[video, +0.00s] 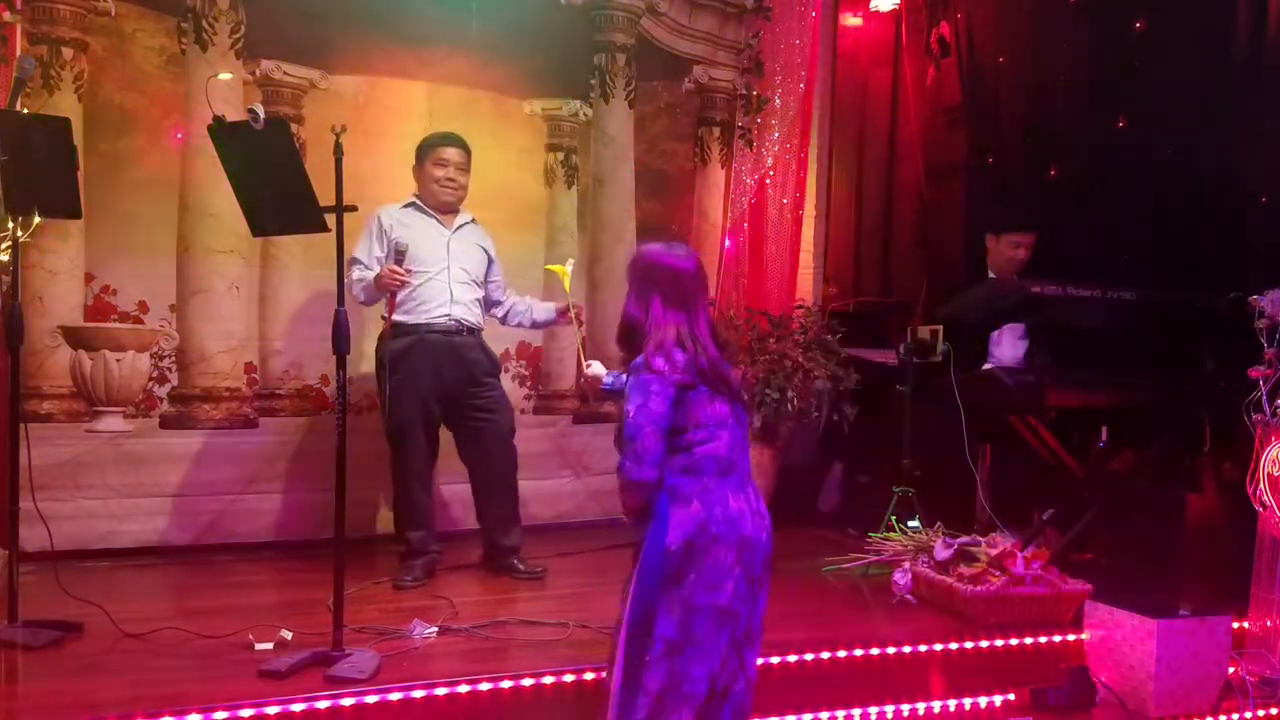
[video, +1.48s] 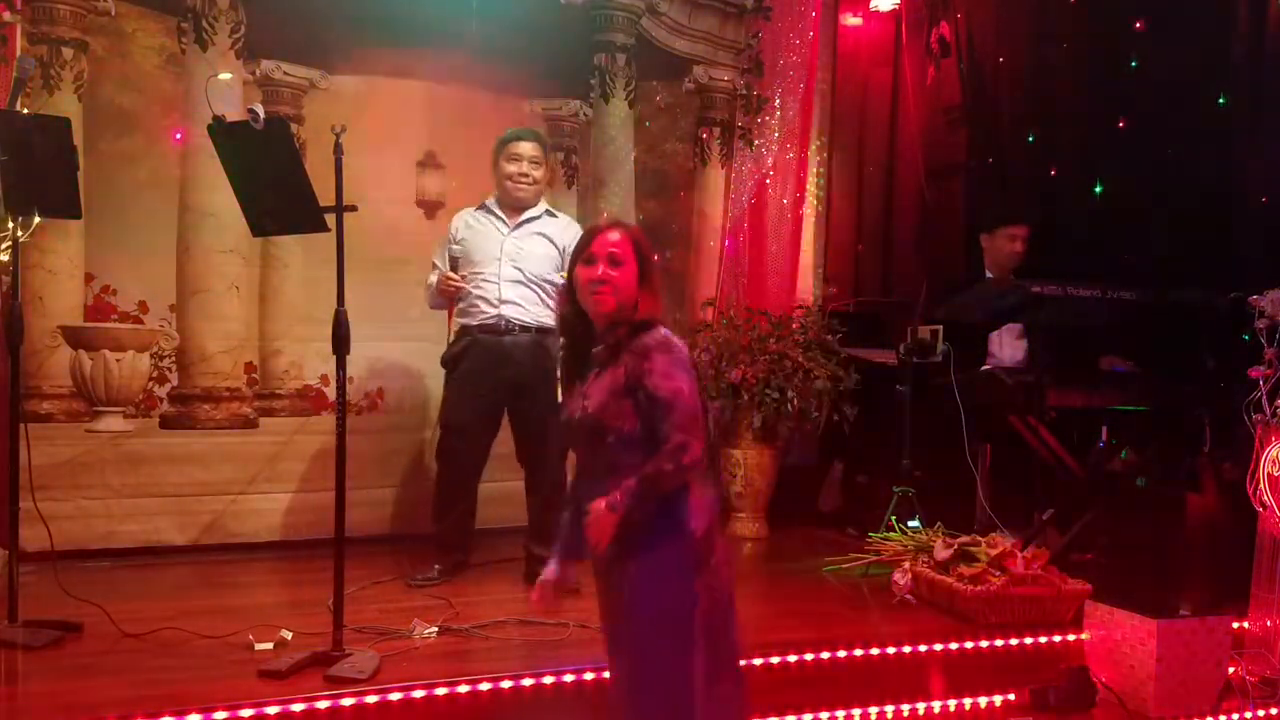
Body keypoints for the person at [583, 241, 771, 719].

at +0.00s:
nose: (628, 303)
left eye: (631, 291)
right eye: (630, 291)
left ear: (646, 299)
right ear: (697, 296)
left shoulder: (656, 365)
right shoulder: (713, 359)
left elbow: (641, 468)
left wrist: (635, 512)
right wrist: (621, 384)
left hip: (693, 523)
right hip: (746, 518)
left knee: (670, 656)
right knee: (723, 654)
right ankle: (719, 717)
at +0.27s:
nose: (622, 302)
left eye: (626, 291)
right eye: (625, 291)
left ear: (641, 297)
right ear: (688, 294)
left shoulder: (654, 362)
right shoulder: (707, 356)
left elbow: (643, 460)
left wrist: (631, 505)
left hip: (688, 515)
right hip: (737, 508)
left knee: (661, 639)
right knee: (722, 642)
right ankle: (718, 716)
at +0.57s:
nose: (614, 301)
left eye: (618, 290)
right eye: (617, 290)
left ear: (633, 295)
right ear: (679, 292)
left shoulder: (648, 358)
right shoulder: (699, 349)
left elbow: (640, 453)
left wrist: (627, 501)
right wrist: (605, 380)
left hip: (684, 510)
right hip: (731, 503)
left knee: (674, 636)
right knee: (720, 638)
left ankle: (678, 712)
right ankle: (720, 711)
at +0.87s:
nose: (598, 293)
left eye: (605, 282)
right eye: (599, 281)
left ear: (632, 287)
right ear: (655, 285)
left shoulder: (642, 343)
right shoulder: (685, 335)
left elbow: (637, 435)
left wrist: (619, 487)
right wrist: (607, 385)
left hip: (674, 488)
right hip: (713, 483)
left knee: (673, 618)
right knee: (714, 611)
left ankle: (700, 709)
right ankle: (731, 706)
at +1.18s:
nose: (591, 287)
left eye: (603, 275)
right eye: (584, 279)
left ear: (640, 281)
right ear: (578, 292)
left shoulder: (643, 341)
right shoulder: (641, 338)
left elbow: (645, 439)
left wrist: (614, 484)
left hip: (676, 496)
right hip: (683, 488)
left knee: (671, 621)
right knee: (667, 617)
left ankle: (684, 712)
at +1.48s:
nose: (598, 272)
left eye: (615, 262)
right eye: (587, 261)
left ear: (641, 277)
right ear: (574, 278)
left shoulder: (657, 348)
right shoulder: (597, 358)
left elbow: (685, 448)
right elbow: (587, 471)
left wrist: (619, 503)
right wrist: (562, 556)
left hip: (665, 546)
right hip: (623, 548)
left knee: (664, 688)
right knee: (634, 687)